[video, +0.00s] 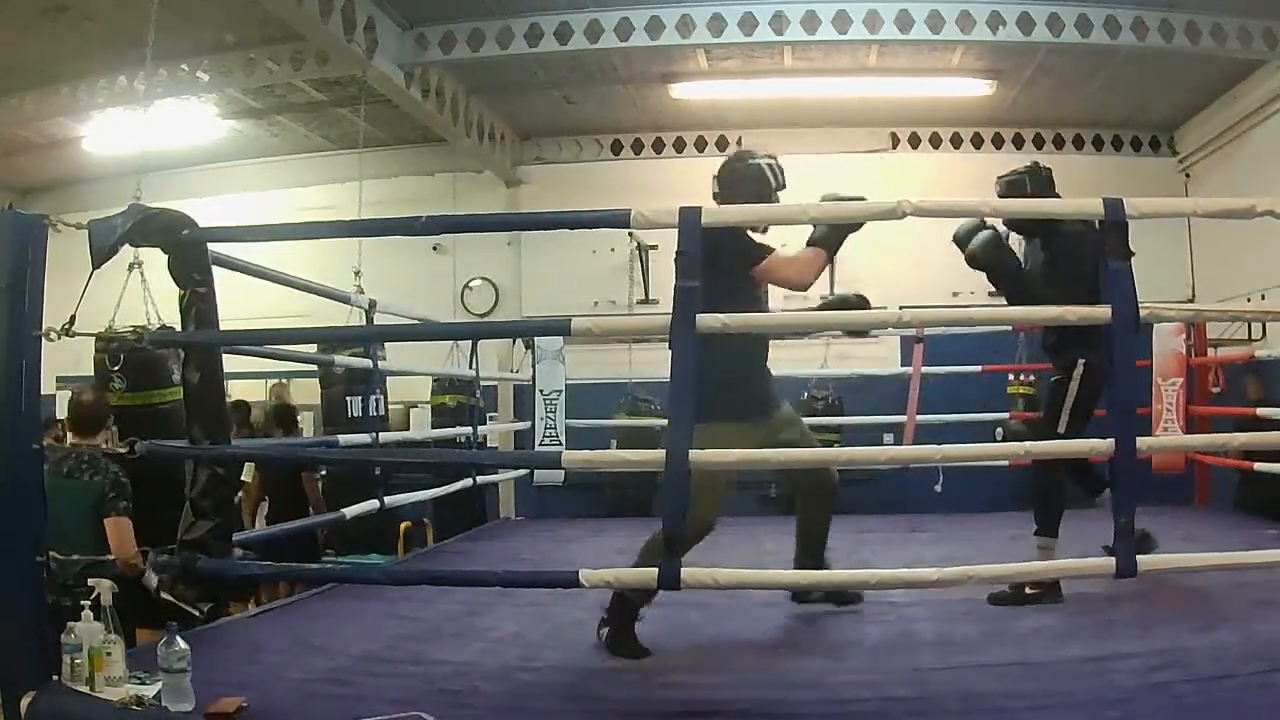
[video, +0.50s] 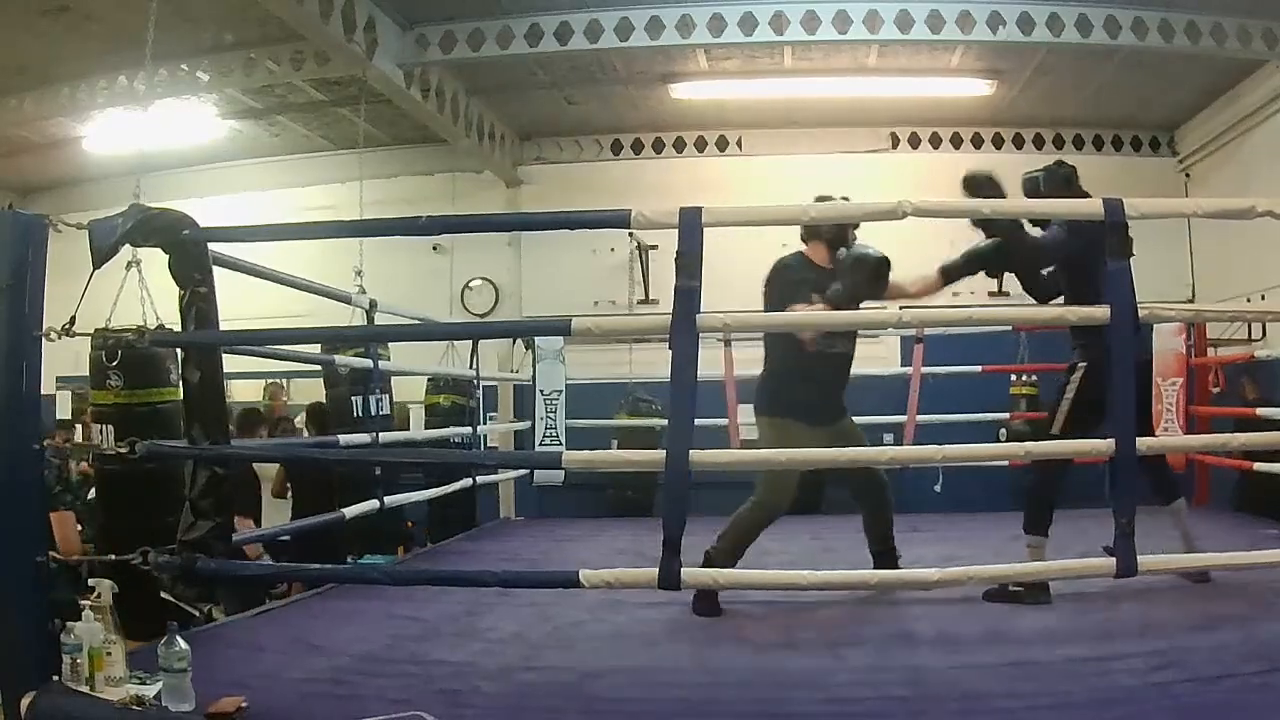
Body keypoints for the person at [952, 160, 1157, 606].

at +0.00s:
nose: (1003, 212)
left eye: (1010, 201)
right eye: (1001, 202)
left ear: (1035, 199)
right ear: (1038, 198)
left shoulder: (1069, 235)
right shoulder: (1044, 239)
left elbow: (1050, 307)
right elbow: (1039, 303)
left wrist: (1003, 265)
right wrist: (1003, 279)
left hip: (1084, 357)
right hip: (1069, 356)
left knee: (1048, 451)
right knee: (1066, 449)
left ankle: (1043, 571)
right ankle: (1128, 532)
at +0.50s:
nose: (1035, 212)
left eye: (1038, 202)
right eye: (1034, 204)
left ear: (1056, 194)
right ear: (1074, 188)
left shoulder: (1079, 224)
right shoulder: (1098, 228)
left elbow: (1034, 250)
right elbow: (1043, 290)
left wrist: (1002, 221)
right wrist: (1011, 259)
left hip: (1097, 356)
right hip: (1132, 353)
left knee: (1048, 453)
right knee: (1145, 448)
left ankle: (1033, 573)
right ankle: (1193, 551)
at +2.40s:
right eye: (801, 182)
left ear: (759, 195)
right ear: (808, 187)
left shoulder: (741, 231)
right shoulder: (840, 223)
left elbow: (719, 303)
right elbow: (836, 292)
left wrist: (727, 242)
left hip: (775, 371)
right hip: (829, 368)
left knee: (764, 470)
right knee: (852, 479)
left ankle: (736, 583)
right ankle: (839, 609)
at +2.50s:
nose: (809, 194)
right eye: (812, 185)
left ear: (770, 193)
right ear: (820, 189)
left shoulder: (751, 229)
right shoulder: (844, 225)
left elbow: (717, 297)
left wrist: (735, 244)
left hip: (772, 370)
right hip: (828, 367)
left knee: (764, 469)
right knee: (857, 476)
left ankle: (737, 582)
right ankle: (858, 611)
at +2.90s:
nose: (757, 222)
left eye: (752, 213)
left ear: (746, 214)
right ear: (796, 200)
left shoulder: (745, 256)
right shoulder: (838, 232)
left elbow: (732, 326)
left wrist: (719, 249)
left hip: (794, 386)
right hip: (857, 381)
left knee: (771, 477)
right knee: (869, 490)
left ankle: (739, 581)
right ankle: (868, 617)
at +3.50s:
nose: (853, 214)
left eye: (837, 203)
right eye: (858, 204)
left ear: (815, 203)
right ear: (869, 205)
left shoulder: (788, 246)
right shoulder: (885, 261)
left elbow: (726, 299)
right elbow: (880, 348)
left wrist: (776, 304)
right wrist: (834, 315)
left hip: (781, 395)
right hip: (840, 398)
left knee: (800, 475)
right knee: (909, 504)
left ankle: (738, 562)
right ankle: (916, 626)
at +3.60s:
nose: (839, 212)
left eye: (828, 201)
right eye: (847, 202)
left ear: (804, 200)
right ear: (857, 202)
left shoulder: (772, 247)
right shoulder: (871, 251)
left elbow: (717, 312)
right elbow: (877, 340)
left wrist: (767, 313)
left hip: (785, 396)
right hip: (844, 397)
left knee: (808, 481)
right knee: (916, 500)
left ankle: (723, 562)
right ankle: (921, 630)